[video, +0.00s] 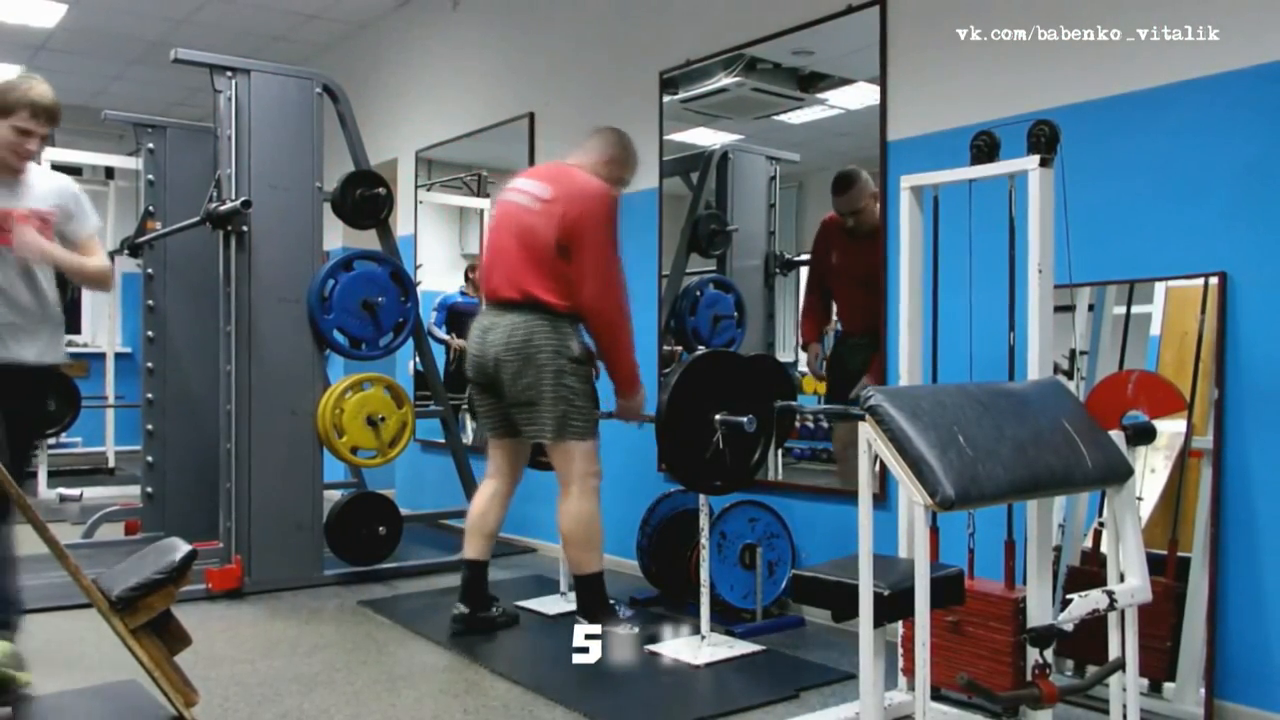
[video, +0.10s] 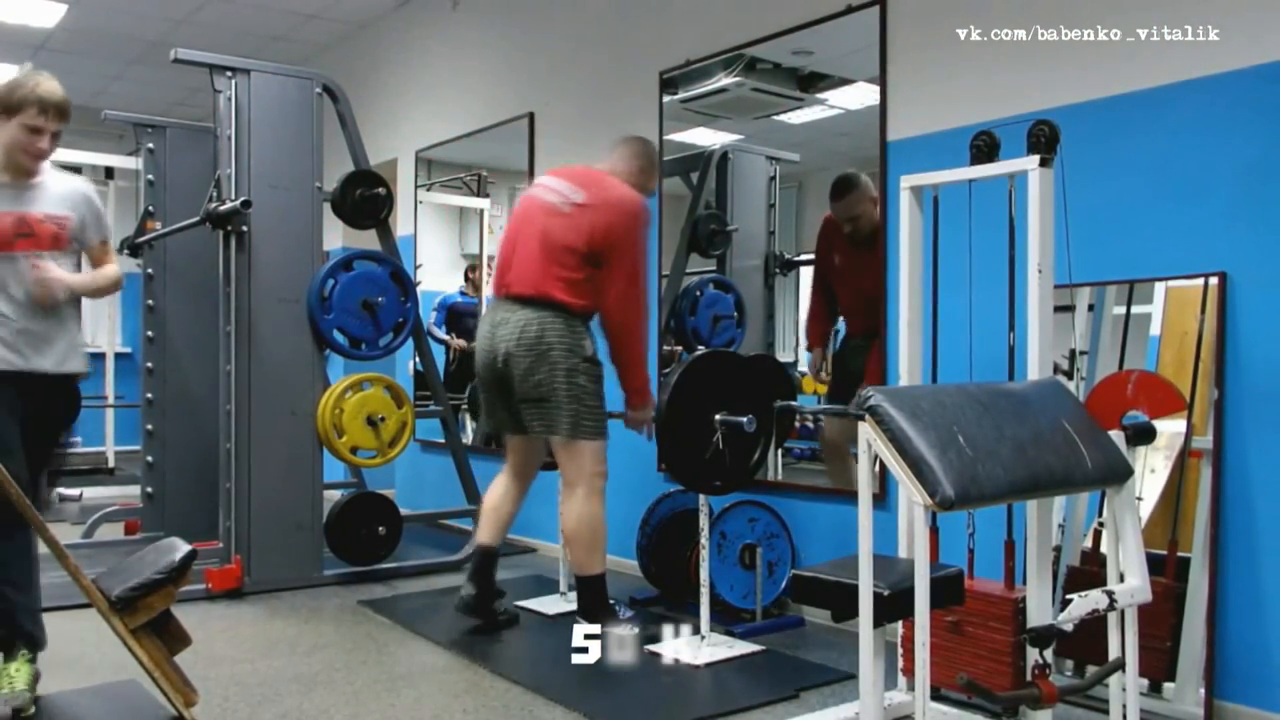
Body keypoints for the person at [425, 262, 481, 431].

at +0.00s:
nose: (485, 277)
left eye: (485, 272)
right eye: (481, 272)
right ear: (470, 274)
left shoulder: (487, 302)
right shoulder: (448, 300)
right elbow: (432, 326)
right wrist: (449, 340)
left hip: (480, 360)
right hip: (457, 360)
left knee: (480, 408)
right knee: (452, 406)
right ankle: (452, 446)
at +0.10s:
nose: (489, 277)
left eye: (490, 274)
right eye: (485, 273)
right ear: (470, 274)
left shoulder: (489, 302)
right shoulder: (448, 300)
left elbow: (498, 329)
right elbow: (432, 326)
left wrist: (482, 344)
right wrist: (449, 340)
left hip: (482, 361)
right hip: (458, 360)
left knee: (480, 409)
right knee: (451, 408)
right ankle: (452, 448)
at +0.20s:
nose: (488, 279)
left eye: (489, 275)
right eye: (485, 274)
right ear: (470, 273)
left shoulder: (491, 304)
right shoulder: (448, 300)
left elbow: (499, 330)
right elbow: (432, 327)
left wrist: (484, 344)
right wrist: (449, 340)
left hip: (482, 363)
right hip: (457, 362)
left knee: (482, 412)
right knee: (450, 412)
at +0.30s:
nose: (488, 279)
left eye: (489, 275)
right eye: (485, 274)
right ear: (470, 273)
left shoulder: (491, 304)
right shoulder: (448, 300)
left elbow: (499, 330)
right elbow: (432, 327)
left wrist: (485, 344)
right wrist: (449, 341)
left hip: (482, 363)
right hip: (457, 363)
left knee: (482, 412)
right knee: (450, 411)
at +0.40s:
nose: (487, 280)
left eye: (489, 276)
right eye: (485, 275)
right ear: (470, 273)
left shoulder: (491, 304)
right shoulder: (448, 300)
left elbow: (499, 331)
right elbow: (432, 326)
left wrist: (483, 343)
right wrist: (450, 341)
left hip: (482, 364)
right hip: (457, 364)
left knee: (483, 412)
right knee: (450, 410)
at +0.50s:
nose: (487, 280)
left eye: (489, 276)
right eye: (484, 275)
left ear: (489, 278)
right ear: (470, 274)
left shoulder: (491, 304)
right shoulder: (448, 300)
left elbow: (498, 332)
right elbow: (431, 326)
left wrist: (480, 343)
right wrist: (450, 341)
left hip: (482, 365)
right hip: (456, 365)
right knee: (450, 410)